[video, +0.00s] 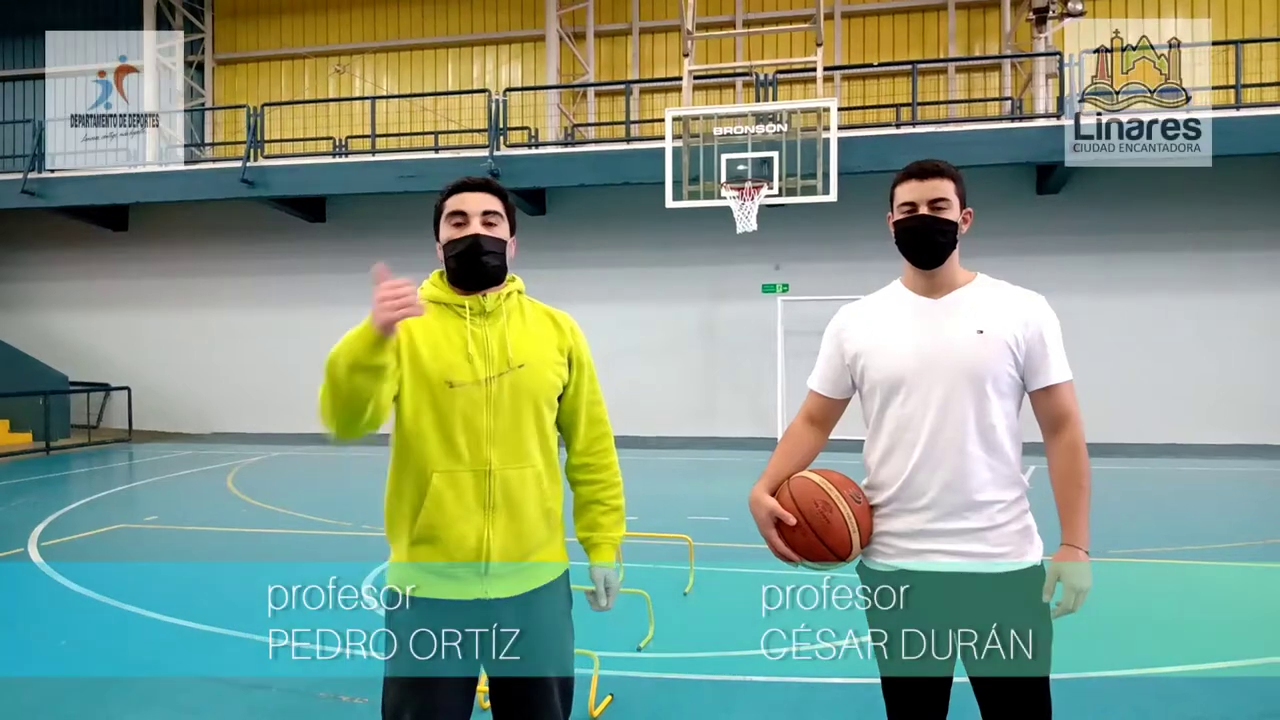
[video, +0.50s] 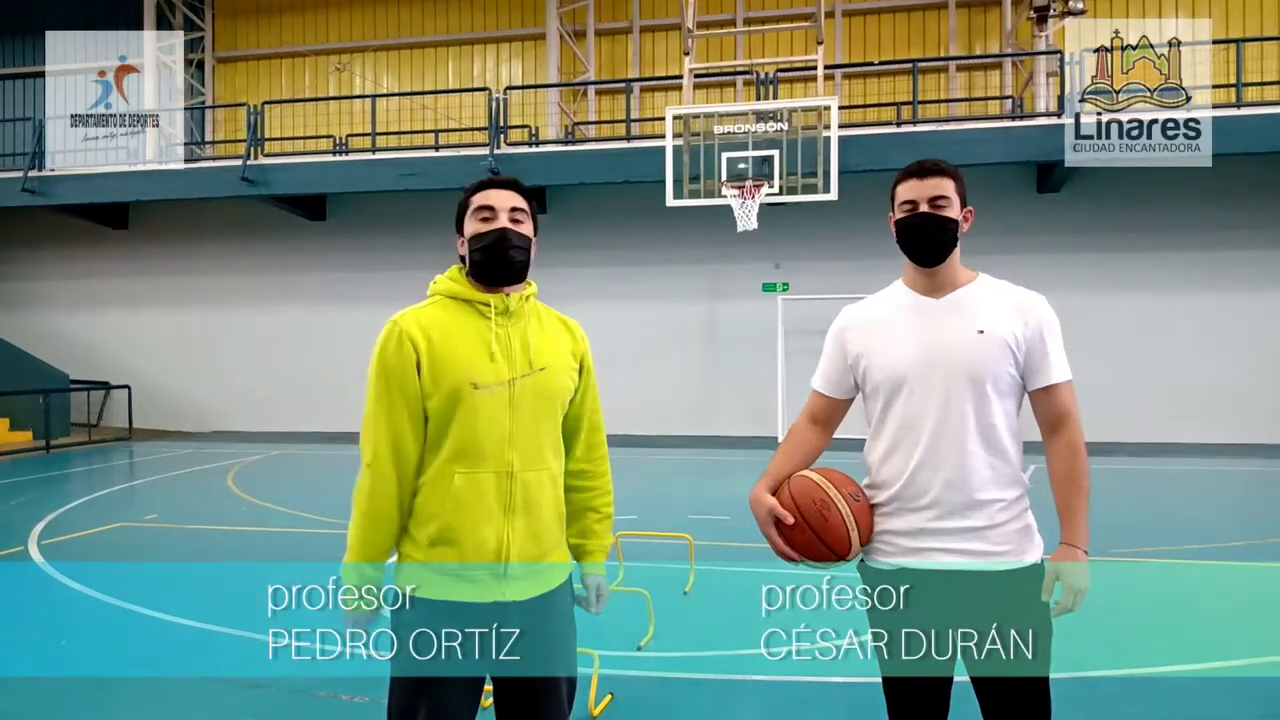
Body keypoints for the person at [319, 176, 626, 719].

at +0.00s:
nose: (474, 229)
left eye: (491, 220)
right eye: (457, 221)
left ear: (512, 244)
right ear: (439, 244)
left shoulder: (556, 331)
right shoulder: (405, 328)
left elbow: (591, 449)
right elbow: (346, 422)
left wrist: (604, 548)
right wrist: (375, 334)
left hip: (534, 582)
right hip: (428, 585)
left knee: (542, 713)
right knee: (421, 714)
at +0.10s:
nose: (476, 224)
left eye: (493, 215)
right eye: (459, 217)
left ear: (514, 240)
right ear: (441, 243)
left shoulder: (557, 329)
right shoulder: (411, 322)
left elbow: (592, 445)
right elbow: (350, 395)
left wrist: (605, 543)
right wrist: (399, 323)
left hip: (535, 575)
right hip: (429, 576)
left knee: (541, 711)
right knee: (422, 712)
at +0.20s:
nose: (483, 224)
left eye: (499, 215)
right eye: (466, 216)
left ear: (519, 241)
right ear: (447, 244)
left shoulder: (559, 333)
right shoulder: (405, 321)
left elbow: (591, 449)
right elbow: (346, 413)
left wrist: (603, 541)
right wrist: (404, 350)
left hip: (534, 578)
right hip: (431, 580)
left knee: (543, 710)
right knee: (425, 712)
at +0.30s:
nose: (494, 226)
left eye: (508, 218)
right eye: (477, 218)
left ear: (528, 243)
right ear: (455, 245)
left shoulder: (562, 338)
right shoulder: (406, 332)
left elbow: (589, 456)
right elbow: (348, 433)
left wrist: (599, 550)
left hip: (536, 588)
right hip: (435, 590)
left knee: (543, 710)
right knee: (428, 713)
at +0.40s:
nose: (499, 226)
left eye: (514, 218)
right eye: (482, 217)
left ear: (532, 243)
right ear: (459, 243)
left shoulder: (563, 338)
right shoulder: (410, 332)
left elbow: (588, 458)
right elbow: (368, 455)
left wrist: (594, 554)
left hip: (539, 591)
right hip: (436, 593)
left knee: (546, 711)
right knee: (428, 715)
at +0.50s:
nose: (503, 225)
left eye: (518, 217)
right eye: (486, 216)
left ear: (535, 242)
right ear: (462, 242)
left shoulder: (566, 337)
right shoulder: (412, 334)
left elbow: (587, 459)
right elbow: (387, 463)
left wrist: (591, 557)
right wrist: (363, 579)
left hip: (541, 589)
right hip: (440, 590)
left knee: (547, 710)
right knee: (429, 713)